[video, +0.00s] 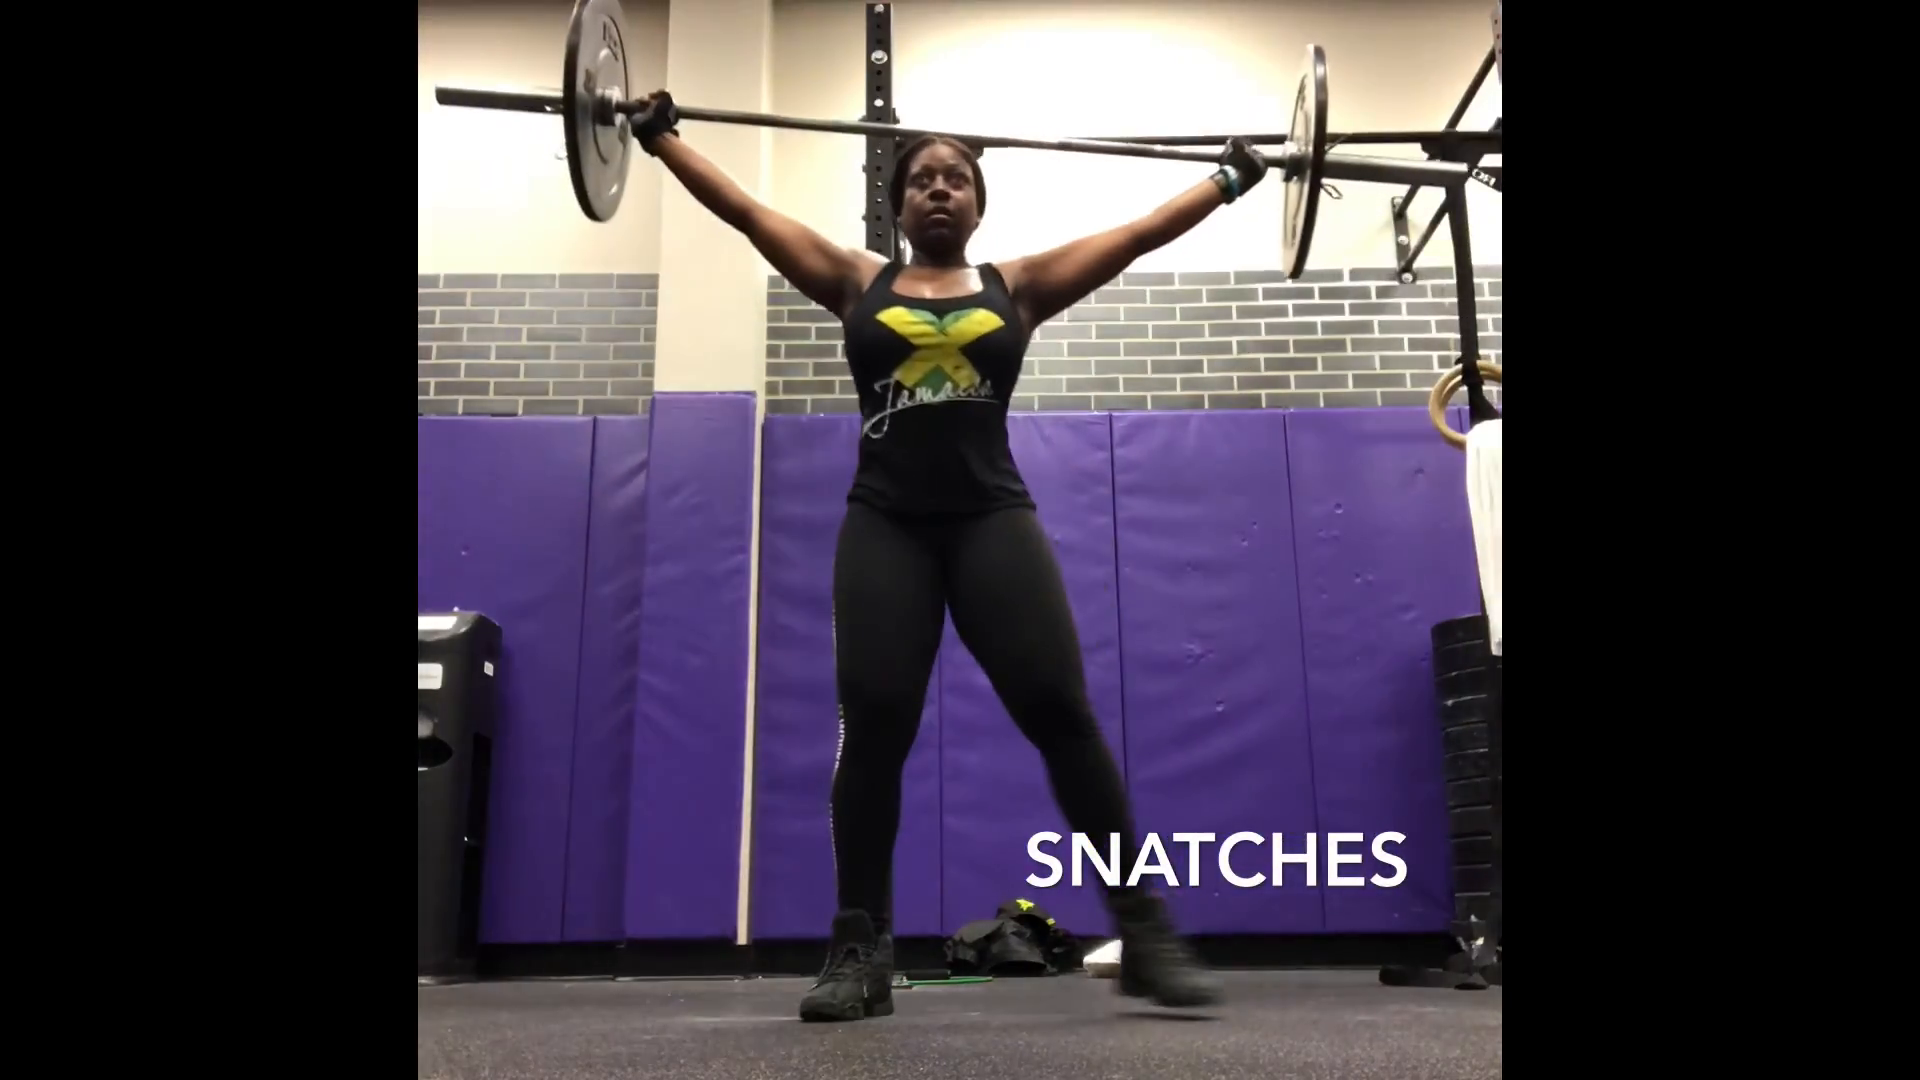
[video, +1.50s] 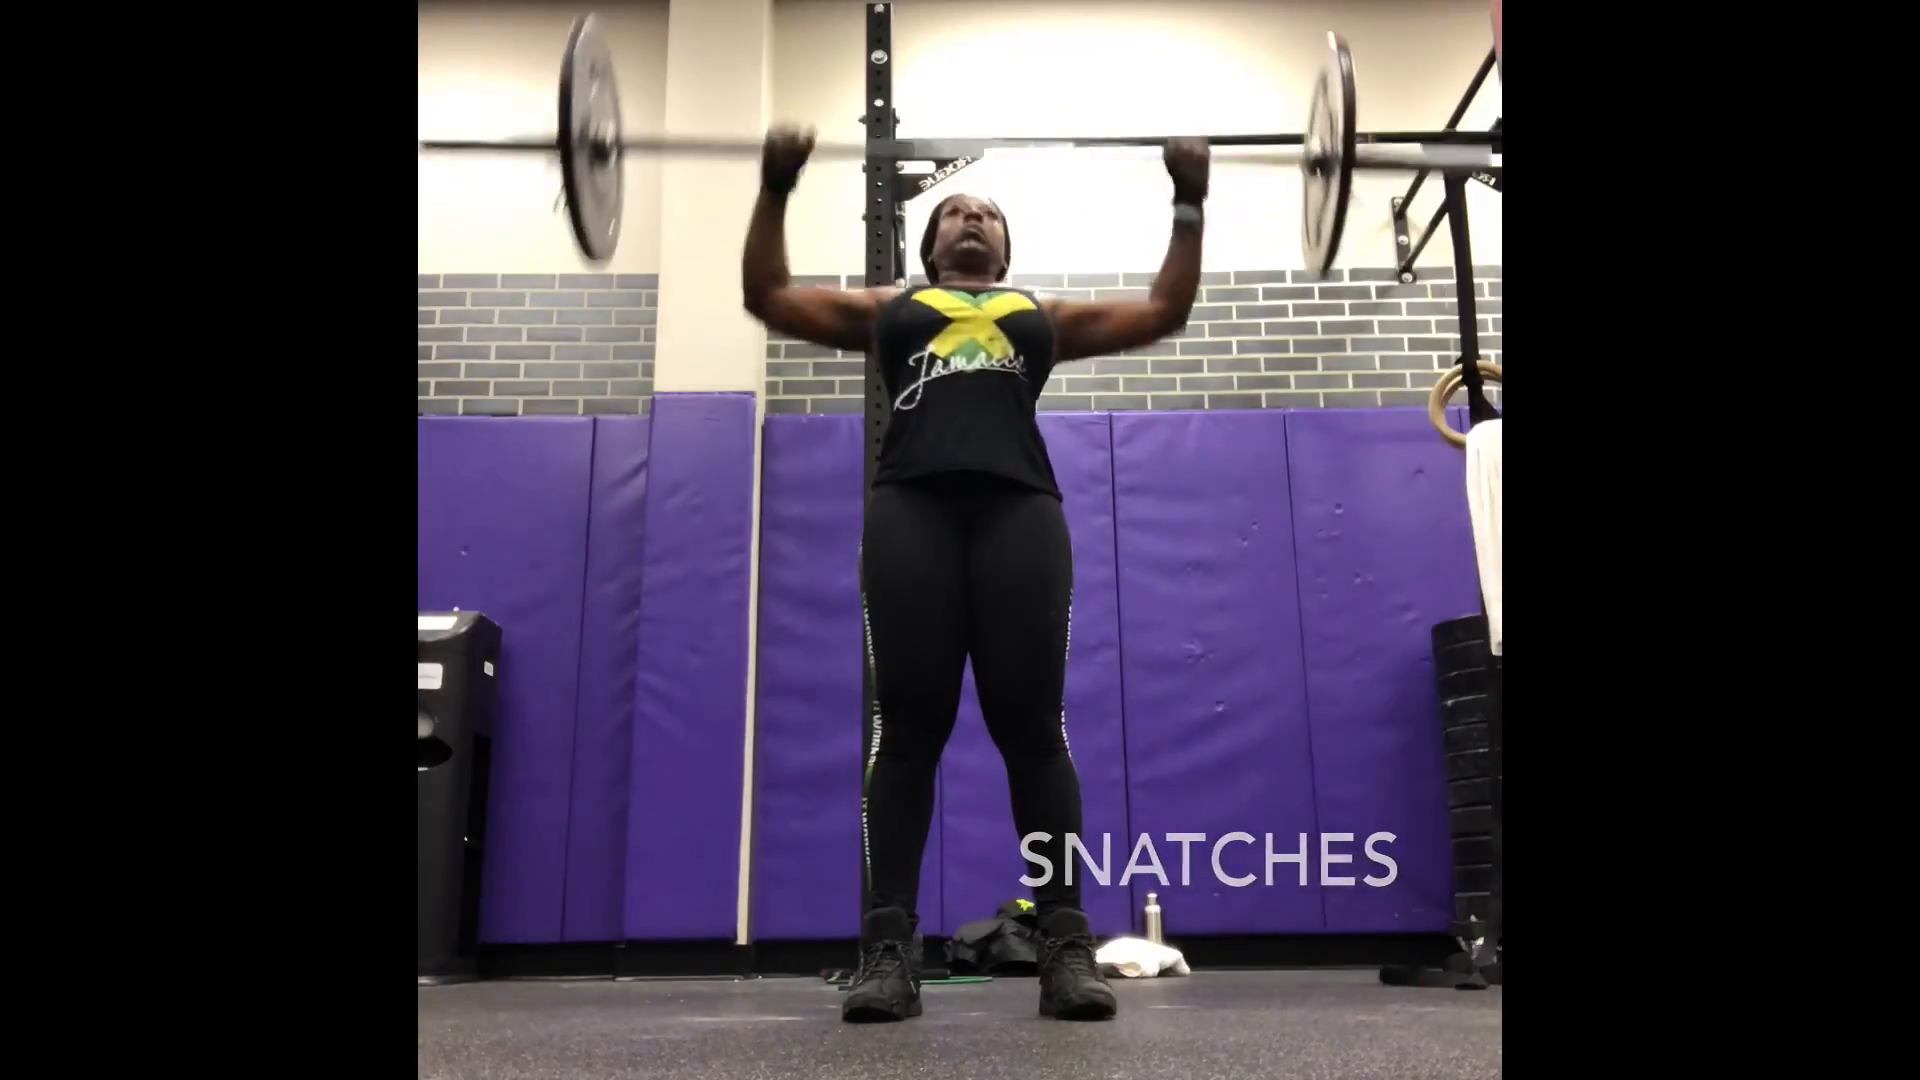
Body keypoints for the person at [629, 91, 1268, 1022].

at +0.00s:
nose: (941, 187)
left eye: (958, 178)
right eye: (924, 179)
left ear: (980, 206)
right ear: (899, 206)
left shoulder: (1013, 288)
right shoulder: (856, 280)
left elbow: (1141, 234)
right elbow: (746, 213)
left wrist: (1229, 180)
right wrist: (662, 139)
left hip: (992, 525)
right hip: (884, 528)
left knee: (1060, 714)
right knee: (874, 733)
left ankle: (1148, 932)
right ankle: (861, 957)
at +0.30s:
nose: (960, 184)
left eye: (975, 175)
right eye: (942, 176)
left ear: (995, 202)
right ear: (917, 203)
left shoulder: (1036, 283)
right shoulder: (879, 282)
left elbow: (1155, 226)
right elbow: (768, 220)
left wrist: (1241, 169)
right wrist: (680, 151)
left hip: (1020, 525)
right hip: (910, 527)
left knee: (1034, 730)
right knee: (897, 730)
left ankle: (1066, 951)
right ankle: (862, 953)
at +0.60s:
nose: (993, 183)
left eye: (1006, 173)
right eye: (975, 177)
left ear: (1031, 198)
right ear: (949, 206)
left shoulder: (1076, 279)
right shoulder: (920, 287)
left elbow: (1186, 220)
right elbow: (799, 231)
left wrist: (1271, 160)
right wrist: (707, 172)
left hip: (1070, 522)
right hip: (962, 523)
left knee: (1066, 731)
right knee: (925, 728)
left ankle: (1070, 954)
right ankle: (868, 950)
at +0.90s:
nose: (999, 180)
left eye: (1013, 170)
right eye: (981, 172)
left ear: (1036, 196)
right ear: (953, 199)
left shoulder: (1077, 276)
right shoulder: (920, 282)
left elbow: (1187, 214)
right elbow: (798, 227)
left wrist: (1269, 152)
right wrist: (705, 169)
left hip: (1061, 519)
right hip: (955, 517)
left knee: (1057, 731)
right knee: (933, 730)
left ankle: (1070, 954)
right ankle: (890, 956)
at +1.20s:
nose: (979, 178)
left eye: (994, 171)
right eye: (961, 171)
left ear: (1015, 201)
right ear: (934, 203)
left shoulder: (1053, 275)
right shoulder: (894, 275)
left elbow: (1161, 211)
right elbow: (777, 211)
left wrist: (1251, 153)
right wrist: (685, 149)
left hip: (1033, 521)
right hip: (923, 521)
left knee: (1040, 733)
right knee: (914, 735)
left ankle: (1068, 955)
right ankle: (889, 958)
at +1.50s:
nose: (972, 221)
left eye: (989, 218)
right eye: (954, 217)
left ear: (1008, 256)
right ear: (927, 250)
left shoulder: (1036, 319)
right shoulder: (885, 308)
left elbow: (1163, 314)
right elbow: (767, 296)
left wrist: (1189, 203)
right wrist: (774, 190)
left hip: (1021, 520)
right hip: (909, 521)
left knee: (1031, 725)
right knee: (910, 727)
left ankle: (1065, 950)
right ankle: (888, 952)